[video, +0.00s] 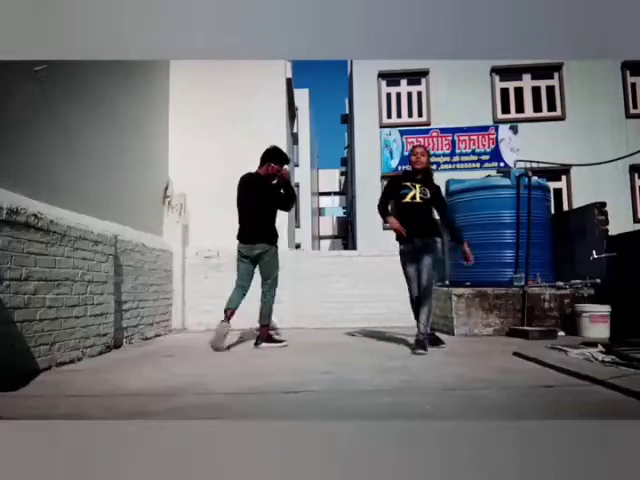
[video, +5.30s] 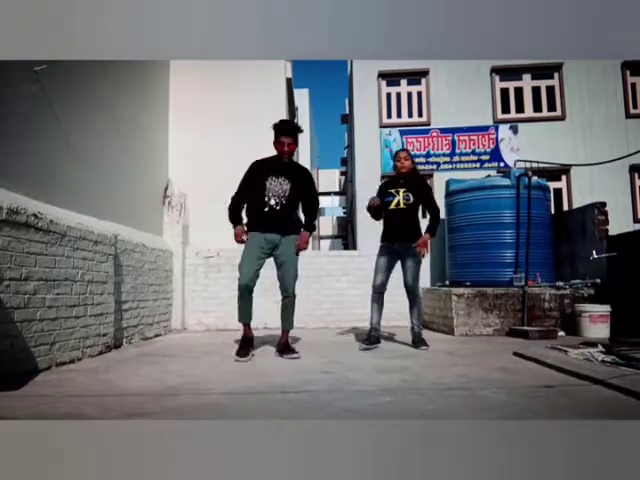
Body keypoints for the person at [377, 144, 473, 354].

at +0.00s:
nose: (418, 158)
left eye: (422, 155)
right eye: (415, 155)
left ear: (428, 160)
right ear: (410, 159)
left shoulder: (432, 187)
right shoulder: (396, 181)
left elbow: (446, 217)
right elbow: (382, 205)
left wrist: (462, 242)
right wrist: (389, 219)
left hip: (428, 240)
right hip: (407, 241)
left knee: (426, 288)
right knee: (415, 292)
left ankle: (421, 336)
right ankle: (427, 332)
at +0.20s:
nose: (414, 157)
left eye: (417, 153)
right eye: (410, 154)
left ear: (426, 155)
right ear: (407, 158)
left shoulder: (431, 181)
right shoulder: (399, 182)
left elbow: (443, 213)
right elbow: (390, 208)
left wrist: (454, 241)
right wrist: (386, 220)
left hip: (424, 239)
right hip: (402, 240)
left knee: (421, 287)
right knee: (399, 289)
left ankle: (421, 337)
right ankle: (410, 329)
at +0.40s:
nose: (410, 155)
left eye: (414, 152)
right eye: (407, 153)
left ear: (422, 153)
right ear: (404, 156)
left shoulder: (430, 176)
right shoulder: (400, 180)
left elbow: (433, 206)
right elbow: (396, 209)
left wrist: (427, 231)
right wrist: (389, 224)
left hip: (419, 237)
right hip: (398, 237)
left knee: (419, 290)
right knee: (388, 288)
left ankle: (419, 336)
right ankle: (380, 337)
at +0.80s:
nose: (391, 154)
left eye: (395, 151)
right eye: (387, 151)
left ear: (402, 154)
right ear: (382, 155)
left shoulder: (411, 181)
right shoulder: (375, 183)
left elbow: (412, 213)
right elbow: (368, 211)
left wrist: (405, 238)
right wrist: (365, 223)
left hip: (403, 238)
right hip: (379, 239)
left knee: (410, 288)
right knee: (371, 290)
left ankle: (419, 336)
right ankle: (363, 336)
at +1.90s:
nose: (395, 162)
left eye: (398, 159)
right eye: (391, 159)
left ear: (405, 161)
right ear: (387, 162)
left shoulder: (412, 186)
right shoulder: (378, 184)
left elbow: (423, 215)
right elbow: (370, 213)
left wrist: (438, 241)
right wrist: (377, 234)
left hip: (408, 244)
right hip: (385, 244)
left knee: (411, 290)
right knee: (378, 290)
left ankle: (409, 336)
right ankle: (365, 338)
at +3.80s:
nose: (385, 167)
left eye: (389, 164)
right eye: (382, 164)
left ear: (395, 167)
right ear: (377, 167)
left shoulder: (404, 189)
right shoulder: (371, 193)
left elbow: (410, 217)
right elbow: (368, 219)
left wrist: (408, 240)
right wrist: (364, 235)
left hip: (398, 243)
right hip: (375, 244)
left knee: (405, 289)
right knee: (372, 290)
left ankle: (414, 332)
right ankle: (366, 334)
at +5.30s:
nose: (402, 162)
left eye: (406, 159)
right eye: (399, 160)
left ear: (412, 162)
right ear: (394, 163)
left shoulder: (419, 184)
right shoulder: (386, 184)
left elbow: (435, 213)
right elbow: (377, 216)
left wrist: (427, 236)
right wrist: (373, 207)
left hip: (411, 243)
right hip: (389, 242)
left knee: (411, 288)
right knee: (378, 286)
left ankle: (417, 334)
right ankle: (373, 333)